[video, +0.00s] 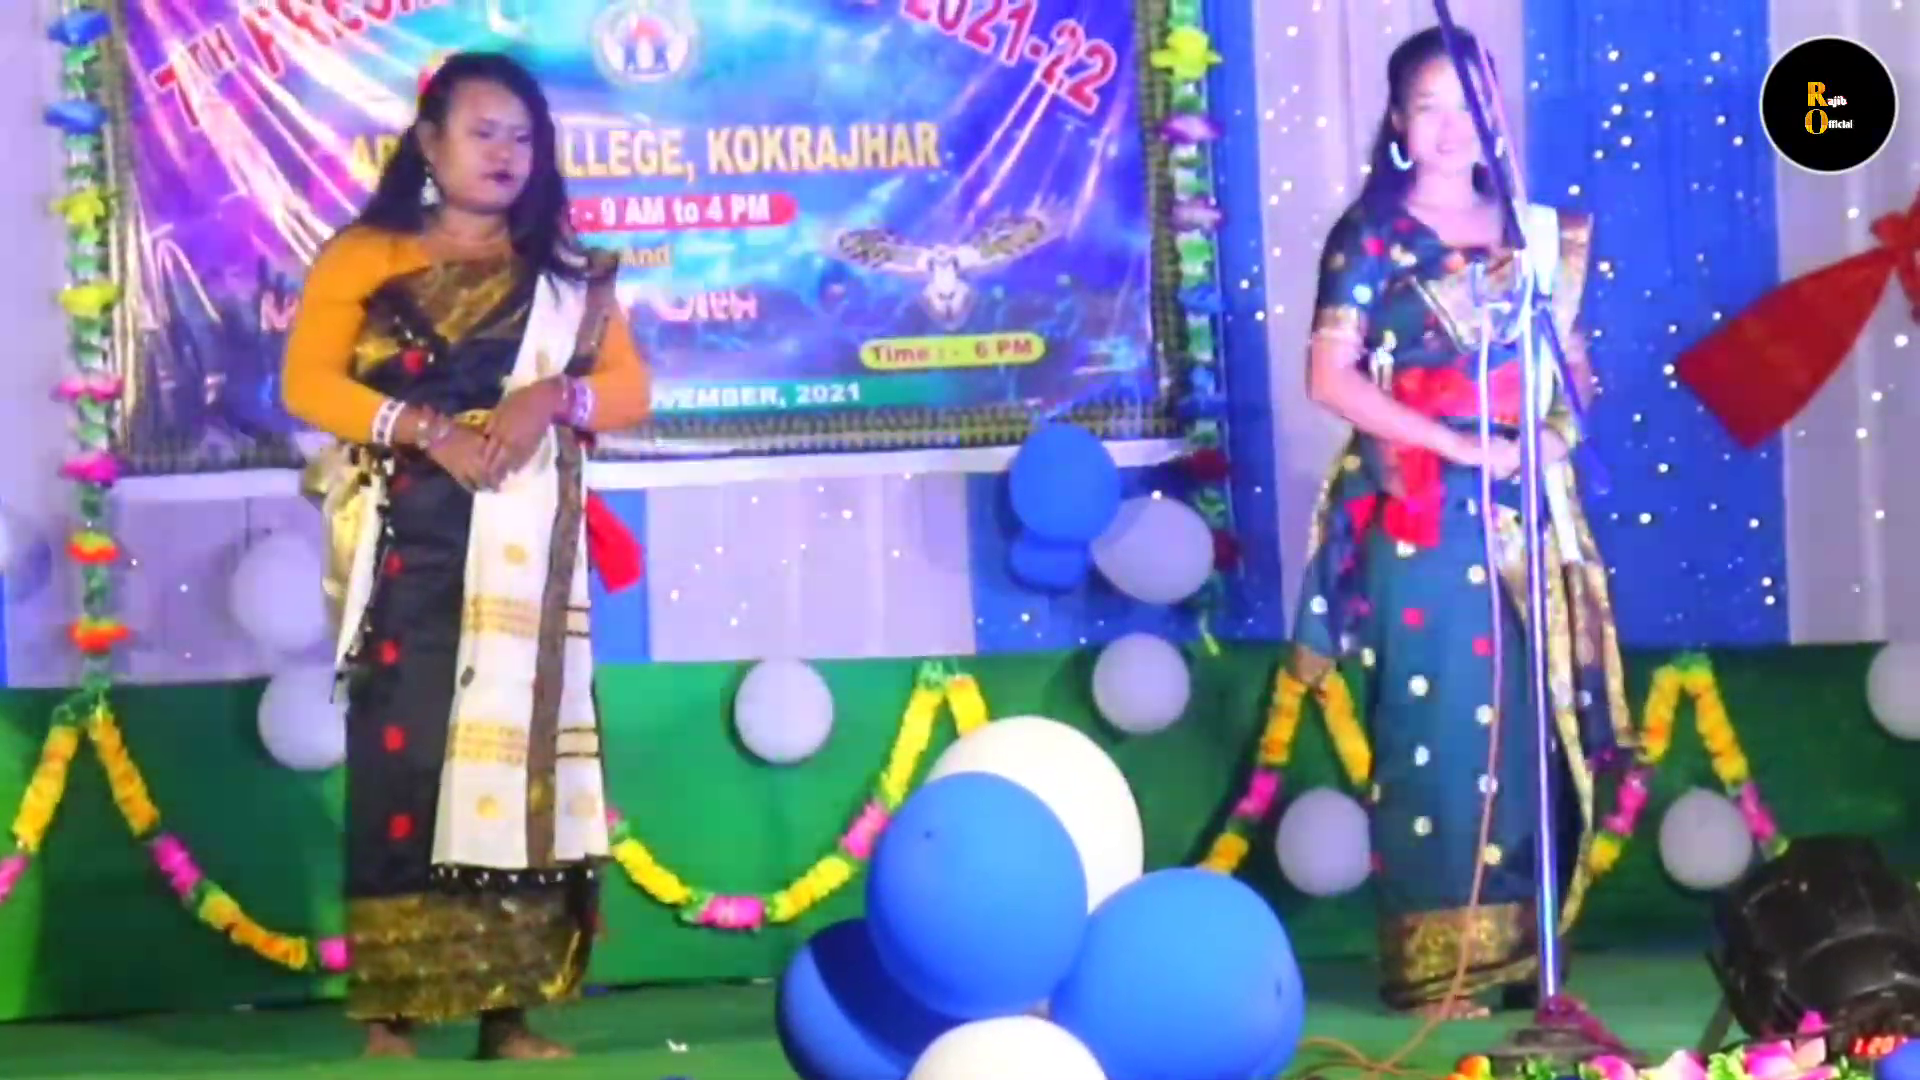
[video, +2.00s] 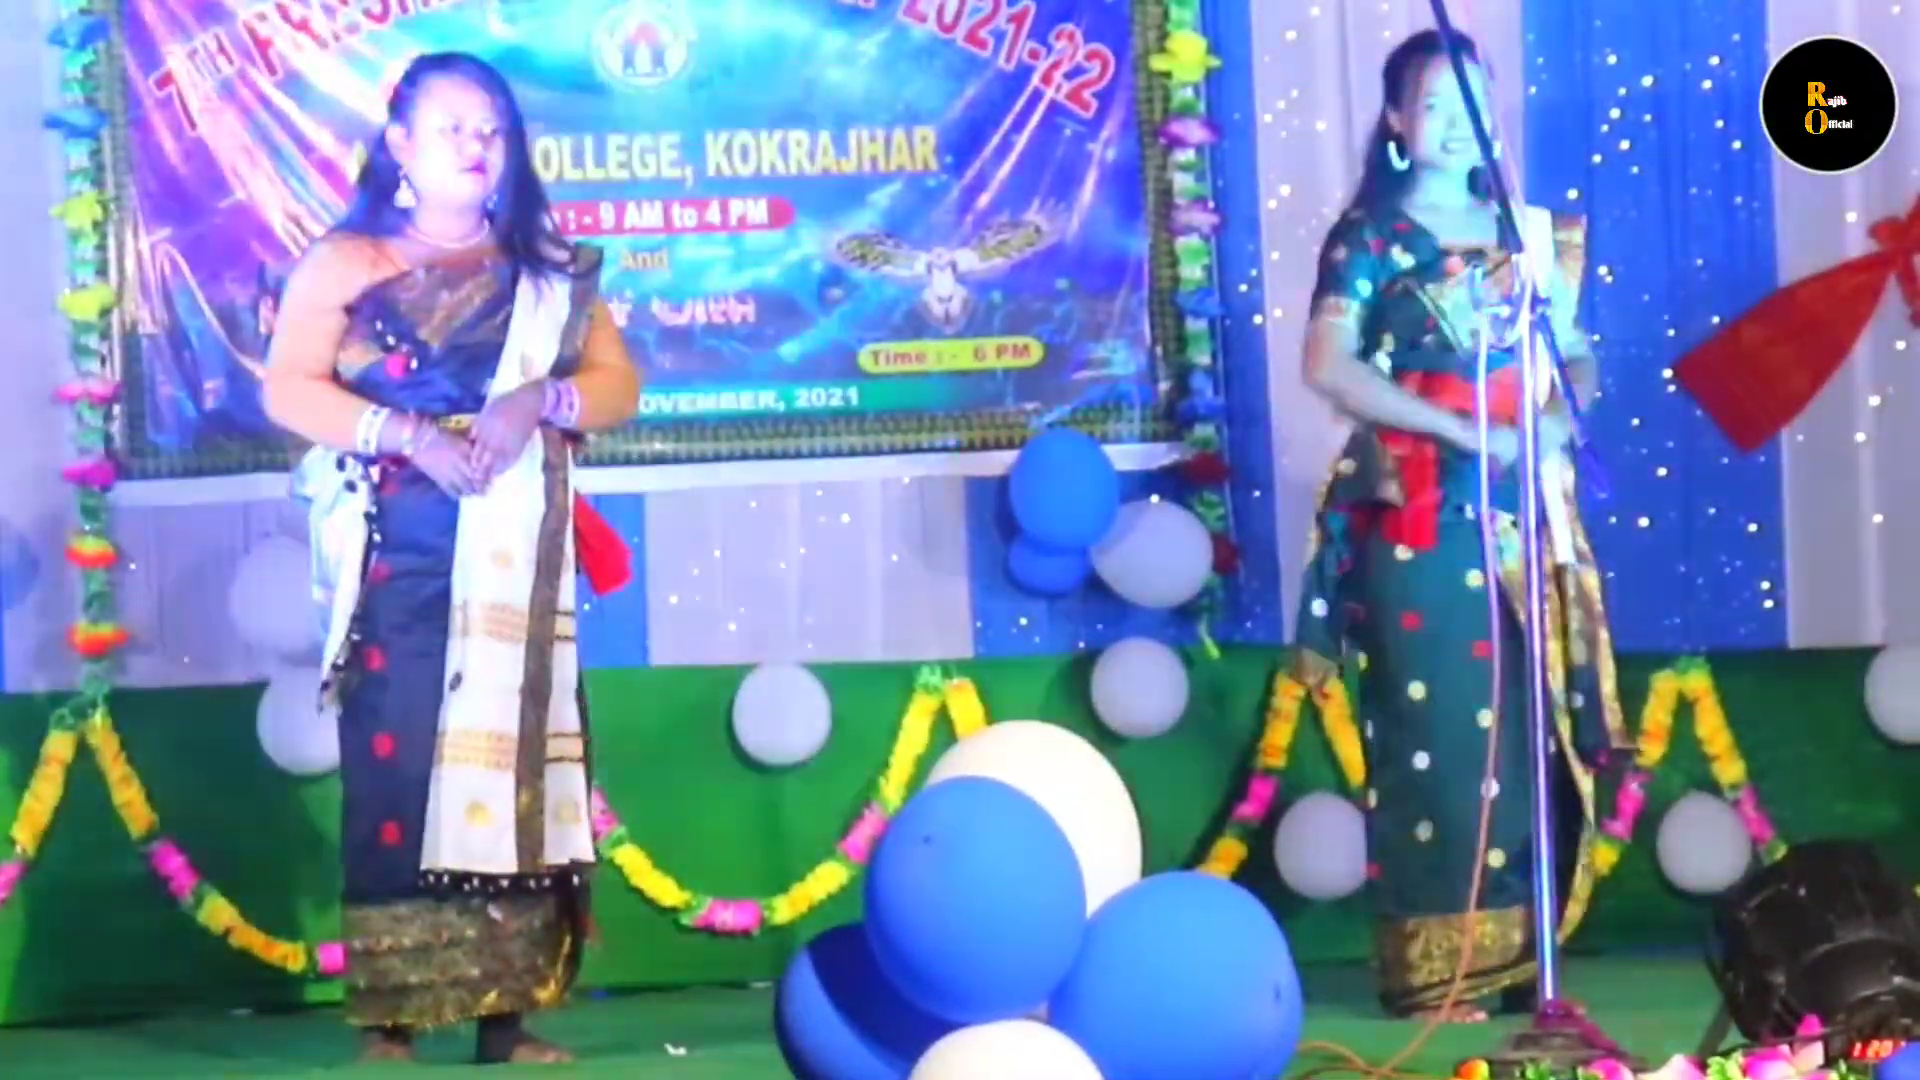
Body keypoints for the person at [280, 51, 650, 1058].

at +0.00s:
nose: (506, 154)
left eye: (522, 137)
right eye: (483, 132)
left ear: (540, 154)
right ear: (430, 142)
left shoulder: (564, 273)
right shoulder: (362, 259)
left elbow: (633, 392)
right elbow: (306, 382)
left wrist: (552, 395)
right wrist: (422, 425)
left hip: (526, 561)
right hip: (408, 555)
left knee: (521, 762)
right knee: (401, 766)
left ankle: (508, 1011)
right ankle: (389, 1011)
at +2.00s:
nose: (477, 152)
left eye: (492, 135)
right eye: (453, 133)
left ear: (511, 150)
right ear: (402, 147)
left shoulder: (549, 269)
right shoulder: (345, 264)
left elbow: (622, 386)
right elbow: (287, 389)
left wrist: (538, 399)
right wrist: (409, 433)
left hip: (520, 561)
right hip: (403, 559)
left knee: (518, 765)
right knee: (395, 771)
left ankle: (508, 1016)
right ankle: (386, 1017)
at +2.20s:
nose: (513, 141)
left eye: (519, 125)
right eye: (488, 126)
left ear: (529, 137)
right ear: (428, 141)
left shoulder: (556, 260)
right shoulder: (374, 251)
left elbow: (631, 380)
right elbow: (327, 374)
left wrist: (574, 406)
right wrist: (448, 397)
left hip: (536, 547)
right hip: (422, 544)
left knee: (530, 752)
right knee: (408, 760)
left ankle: (513, 1010)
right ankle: (390, 1012)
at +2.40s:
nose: (533, 146)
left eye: (534, 127)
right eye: (505, 134)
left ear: (546, 149)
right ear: (451, 166)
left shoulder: (549, 271)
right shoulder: (453, 266)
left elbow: (664, 360)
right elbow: (548, 340)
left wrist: (673, 275)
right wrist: (626, 276)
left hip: (577, 556)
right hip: (501, 558)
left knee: (579, 776)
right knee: (520, 773)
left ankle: (510, 1010)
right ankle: (421, 979)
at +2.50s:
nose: (550, 125)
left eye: (547, 108)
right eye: (523, 115)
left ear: (547, 132)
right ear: (469, 148)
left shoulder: (528, 237)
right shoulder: (493, 236)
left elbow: (678, 318)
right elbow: (632, 280)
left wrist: (639, 213)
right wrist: (637, 202)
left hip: (550, 546)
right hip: (529, 549)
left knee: (563, 765)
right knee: (566, 766)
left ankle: (511, 1007)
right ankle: (497, 1013)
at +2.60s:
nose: (580, 114)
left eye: (570, 98)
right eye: (555, 102)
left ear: (489, 138)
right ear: (498, 131)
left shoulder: (460, 245)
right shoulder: (561, 230)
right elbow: (677, 326)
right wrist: (714, 280)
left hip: (502, 560)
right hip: (595, 549)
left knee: (543, 764)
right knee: (690, 708)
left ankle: (511, 1003)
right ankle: (635, 953)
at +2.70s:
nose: (596, 145)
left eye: (586, 127)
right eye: (569, 133)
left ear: (504, 169)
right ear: (515, 162)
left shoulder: (469, 282)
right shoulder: (589, 268)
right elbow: (687, 371)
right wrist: (783, 400)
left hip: (527, 588)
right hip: (634, 576)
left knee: (575, 792)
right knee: (723, 746)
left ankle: (524, 1018)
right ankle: (715, 986)